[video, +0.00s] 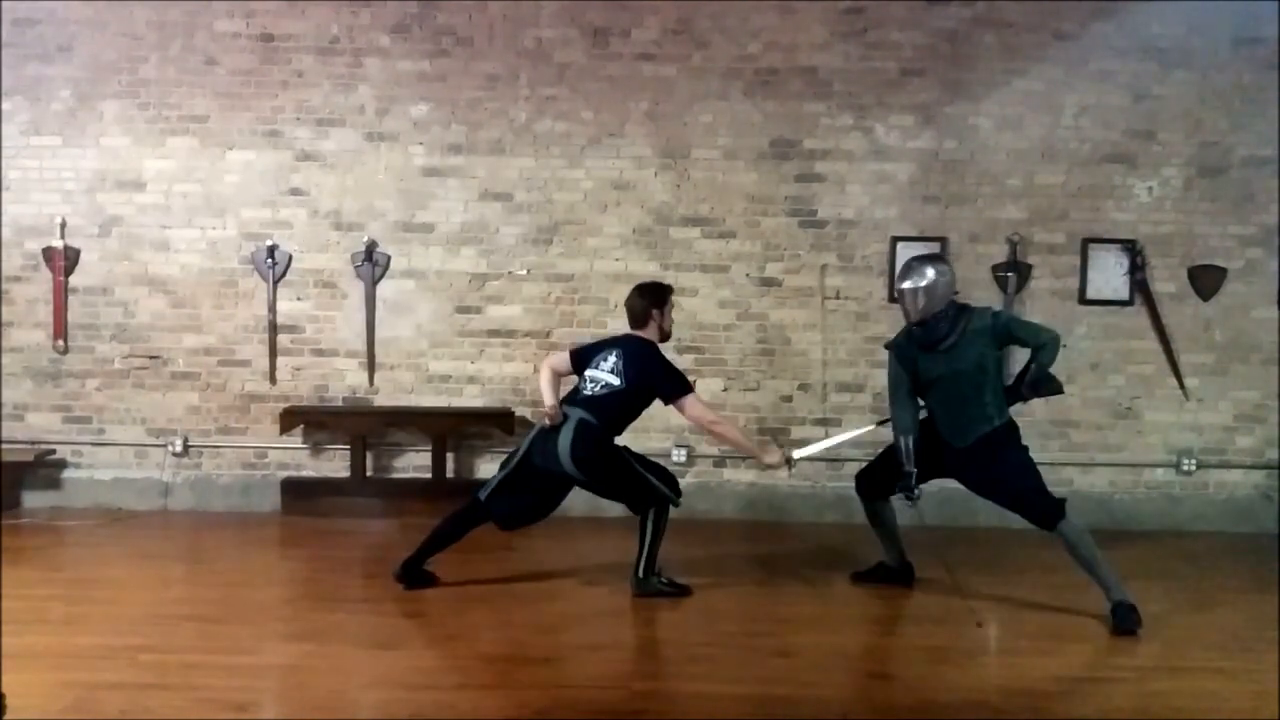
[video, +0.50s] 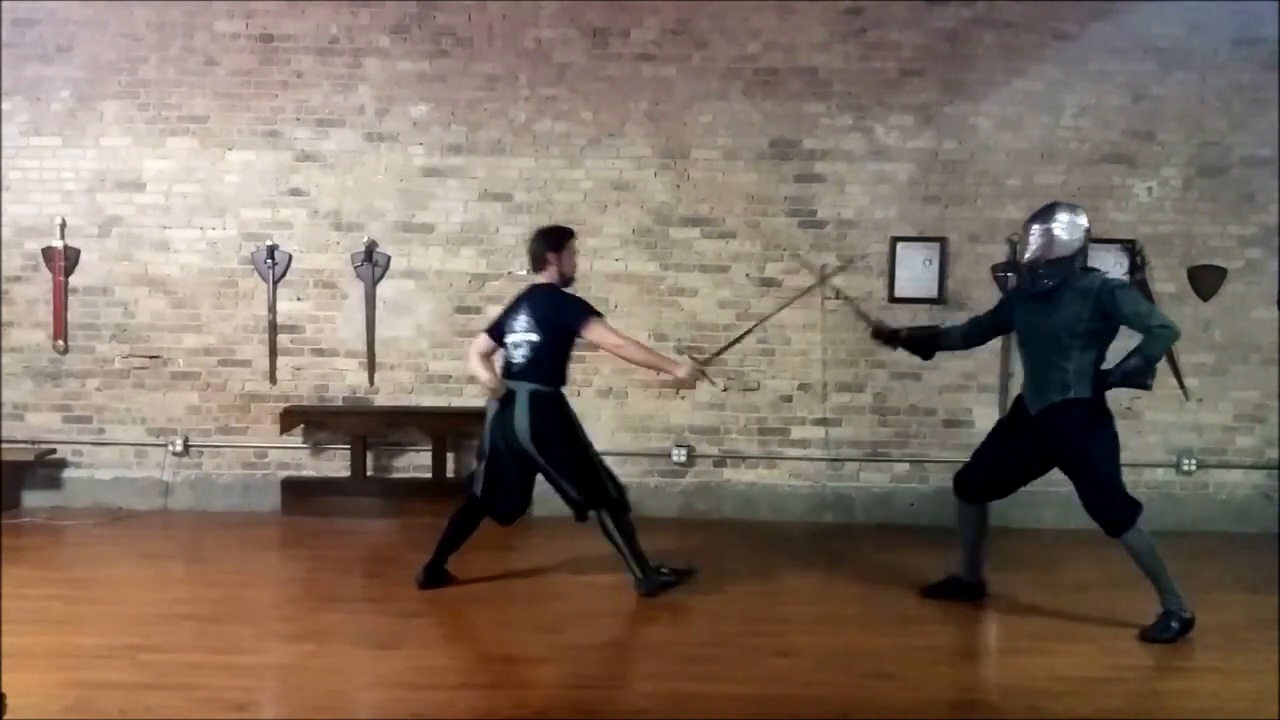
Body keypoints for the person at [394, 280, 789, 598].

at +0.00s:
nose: (673, 321)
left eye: (671, 314)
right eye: (670, 314)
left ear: (633, 316)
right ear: (657, 317)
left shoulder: (600, 348)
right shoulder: (655, 362)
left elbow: (549, 365)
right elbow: (704, 419)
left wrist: (550, 405)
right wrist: (758, 450)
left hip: (550, 436)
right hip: (587, 446)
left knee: (486, 501)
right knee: (659, 490)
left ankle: (413, 564)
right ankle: (647, 575)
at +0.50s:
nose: (577, 261)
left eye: (575, 253)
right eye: (572, 254)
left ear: (542, 261)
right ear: (553, 259)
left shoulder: (517, 305)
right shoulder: (563, 303)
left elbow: (476, 353)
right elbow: (616, 343)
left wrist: (495, 386)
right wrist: (674, 367)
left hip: (504, 413)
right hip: (541, 413)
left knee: (484, 496)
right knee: (602, 492)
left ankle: (434, 567)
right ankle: (644, 574)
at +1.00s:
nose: (457, 237)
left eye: (454, 229)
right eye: (451, 230)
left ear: (419, 240)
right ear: (434, 237)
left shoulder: (395, 284)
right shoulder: (443, 284)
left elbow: (354, 329)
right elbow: (507, 322)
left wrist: (374, 366)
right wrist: (564, 345)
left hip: (399, 395)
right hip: (418, 396)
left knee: (435, 482)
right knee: (407, 495)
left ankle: (427, 568)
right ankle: (327, 559)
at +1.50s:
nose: (376, 236)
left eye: (374, 228)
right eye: (371, 230)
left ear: (336, 238)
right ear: (350, 237)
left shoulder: (305, 274)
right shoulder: (350, 294)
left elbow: (256, 314)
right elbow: (411, 344)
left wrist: (262, 358)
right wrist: (465, 370)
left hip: (270, 389)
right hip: (299, 398)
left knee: (291, 483)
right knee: (319, 496)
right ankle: (277, 584)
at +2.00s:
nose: (317, 252)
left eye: (314, 244)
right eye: (310, 245)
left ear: (281, 253)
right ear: (288, 252)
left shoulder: (252, 293)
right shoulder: (286, 310)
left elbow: (210, 331)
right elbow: (349, 366)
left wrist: (206, 370)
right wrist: (407, 397)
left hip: (207, 405)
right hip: (241, 413)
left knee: (164, 487)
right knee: (298, 491)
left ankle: (113, 569)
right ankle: (277, 584)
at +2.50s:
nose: (276, 244)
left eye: (275, 237)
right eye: (270, 237)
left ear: (246, 244)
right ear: (244, 243)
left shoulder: (253, 293)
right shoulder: (229, 298)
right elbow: (260, 364)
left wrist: (194, 375)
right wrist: (297, 412)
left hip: (207, 407)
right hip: (214, 411)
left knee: (155, 486)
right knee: (271, 485)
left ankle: (99, 562)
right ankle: (276, 584)